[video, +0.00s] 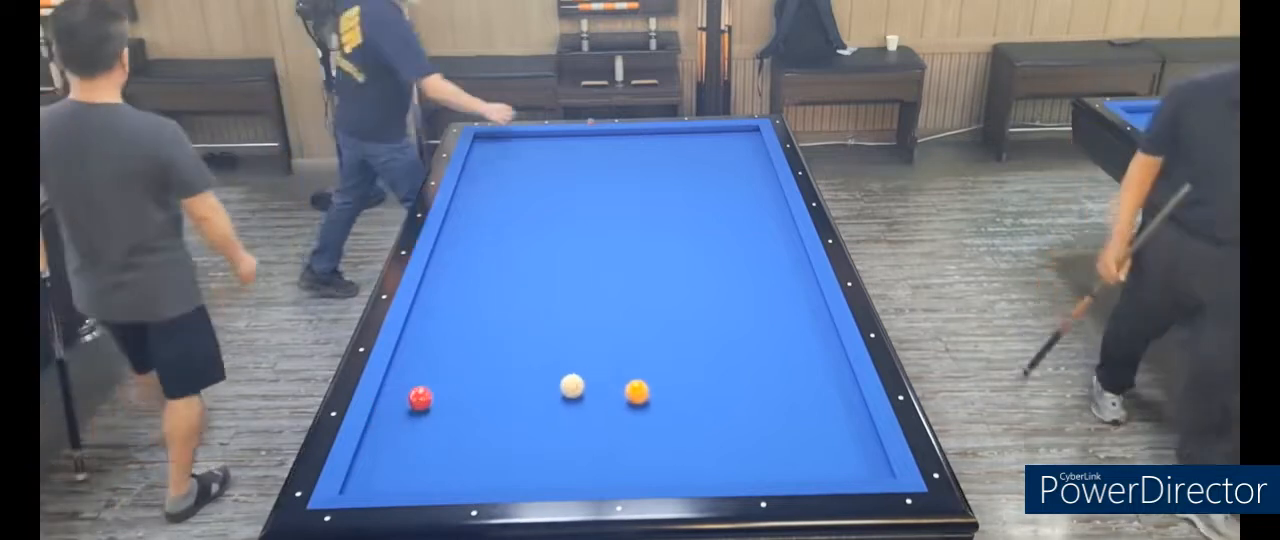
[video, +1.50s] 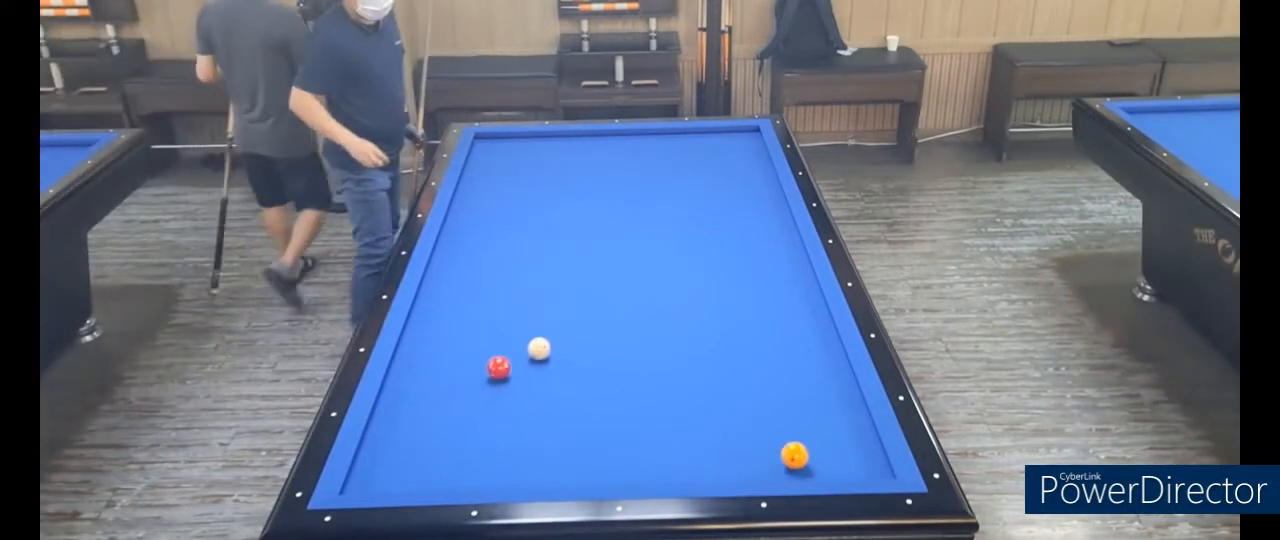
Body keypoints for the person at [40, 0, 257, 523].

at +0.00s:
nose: (130, 57)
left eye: (124, 49)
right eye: (128, 50)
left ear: (63, 62)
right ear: (123, 59)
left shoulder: (48, 128)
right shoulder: (156, 135)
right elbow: (208, 217)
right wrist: (240, 257)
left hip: (96, 293)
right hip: (161, 289)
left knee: (142, 368)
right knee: (183, 389)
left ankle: (173, 427)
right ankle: (180, 492)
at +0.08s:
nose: (138, 54)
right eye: (137, 48)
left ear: (74, 57)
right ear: (133, 55)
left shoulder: (55, 124)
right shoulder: (168, 126)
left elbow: (43, 196)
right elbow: (213, 200)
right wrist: (247, 243)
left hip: (113, 287)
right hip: (173, 284)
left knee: (157, 356)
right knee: (189, 381)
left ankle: (196, 401)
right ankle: (181, 488)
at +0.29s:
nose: (151, 35)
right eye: (148, 28)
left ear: (87, 38)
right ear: (144, 35)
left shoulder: (68, 103)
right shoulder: (178, 100)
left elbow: (58, 177)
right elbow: (218, 175)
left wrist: (89, 153)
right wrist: (253, 225)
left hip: (127, 257)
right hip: (186, 251)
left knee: (166, 331)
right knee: (217, 332)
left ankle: (206, 401)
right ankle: (198, 422)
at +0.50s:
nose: (170, 21)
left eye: (167, 14)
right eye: (168, 14)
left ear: (114, 22)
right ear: (162, 19)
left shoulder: (87, 79)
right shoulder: (188, 86)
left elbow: (76, 143)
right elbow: (223, 163)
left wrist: (111, 118)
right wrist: (256, 215)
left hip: (142, 233)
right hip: (201, 225)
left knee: (172, 319)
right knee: (236, 292)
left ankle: (201, 397)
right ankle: (239, 373)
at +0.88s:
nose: (215, 12)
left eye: (212, 6)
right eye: (214, 7)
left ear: (168, 11)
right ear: (209, 10)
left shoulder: (139, 54)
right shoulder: (230, 64)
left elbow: (126, 109)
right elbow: (257, 136)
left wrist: (159, 94)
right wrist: (280, 192)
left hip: (185, 201)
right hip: (238, 196)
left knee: (198, 273)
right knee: (260, 256)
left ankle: (198, 355)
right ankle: (260, 325)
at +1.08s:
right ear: (229, 1)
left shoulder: (168, 37)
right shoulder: (254, 43)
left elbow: (155, 98)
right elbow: (292, 114)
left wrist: (191, 89)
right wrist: (303, 151)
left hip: (210, 171)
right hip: (260, 171)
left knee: (237, 225)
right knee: (266, 245)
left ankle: (239, 298)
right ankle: (260, 324)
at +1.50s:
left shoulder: (211, 13)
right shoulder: (283, 16)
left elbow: (205, 73)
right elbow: (310, 71)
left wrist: (236, 64)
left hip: (248, 136)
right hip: (290, 136)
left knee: (271, 203)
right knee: (315, 202)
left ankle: (295, 264)